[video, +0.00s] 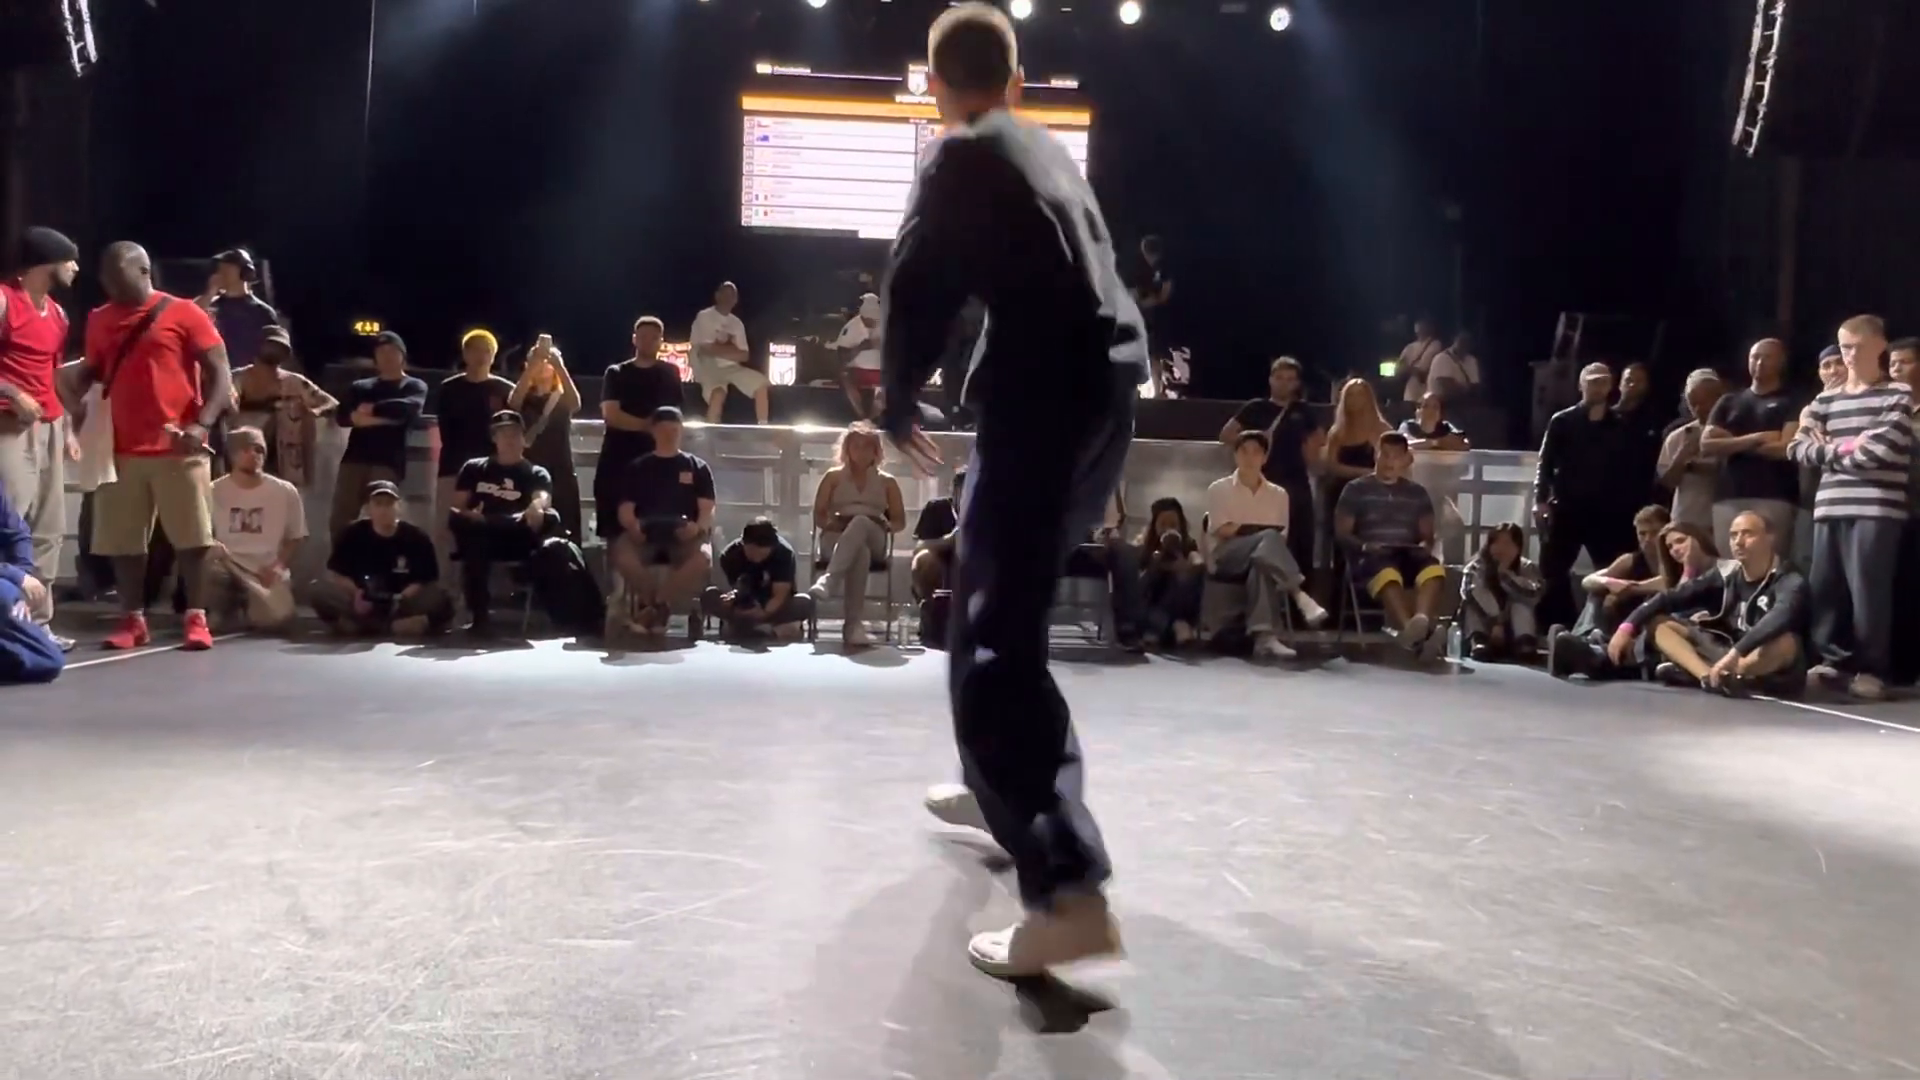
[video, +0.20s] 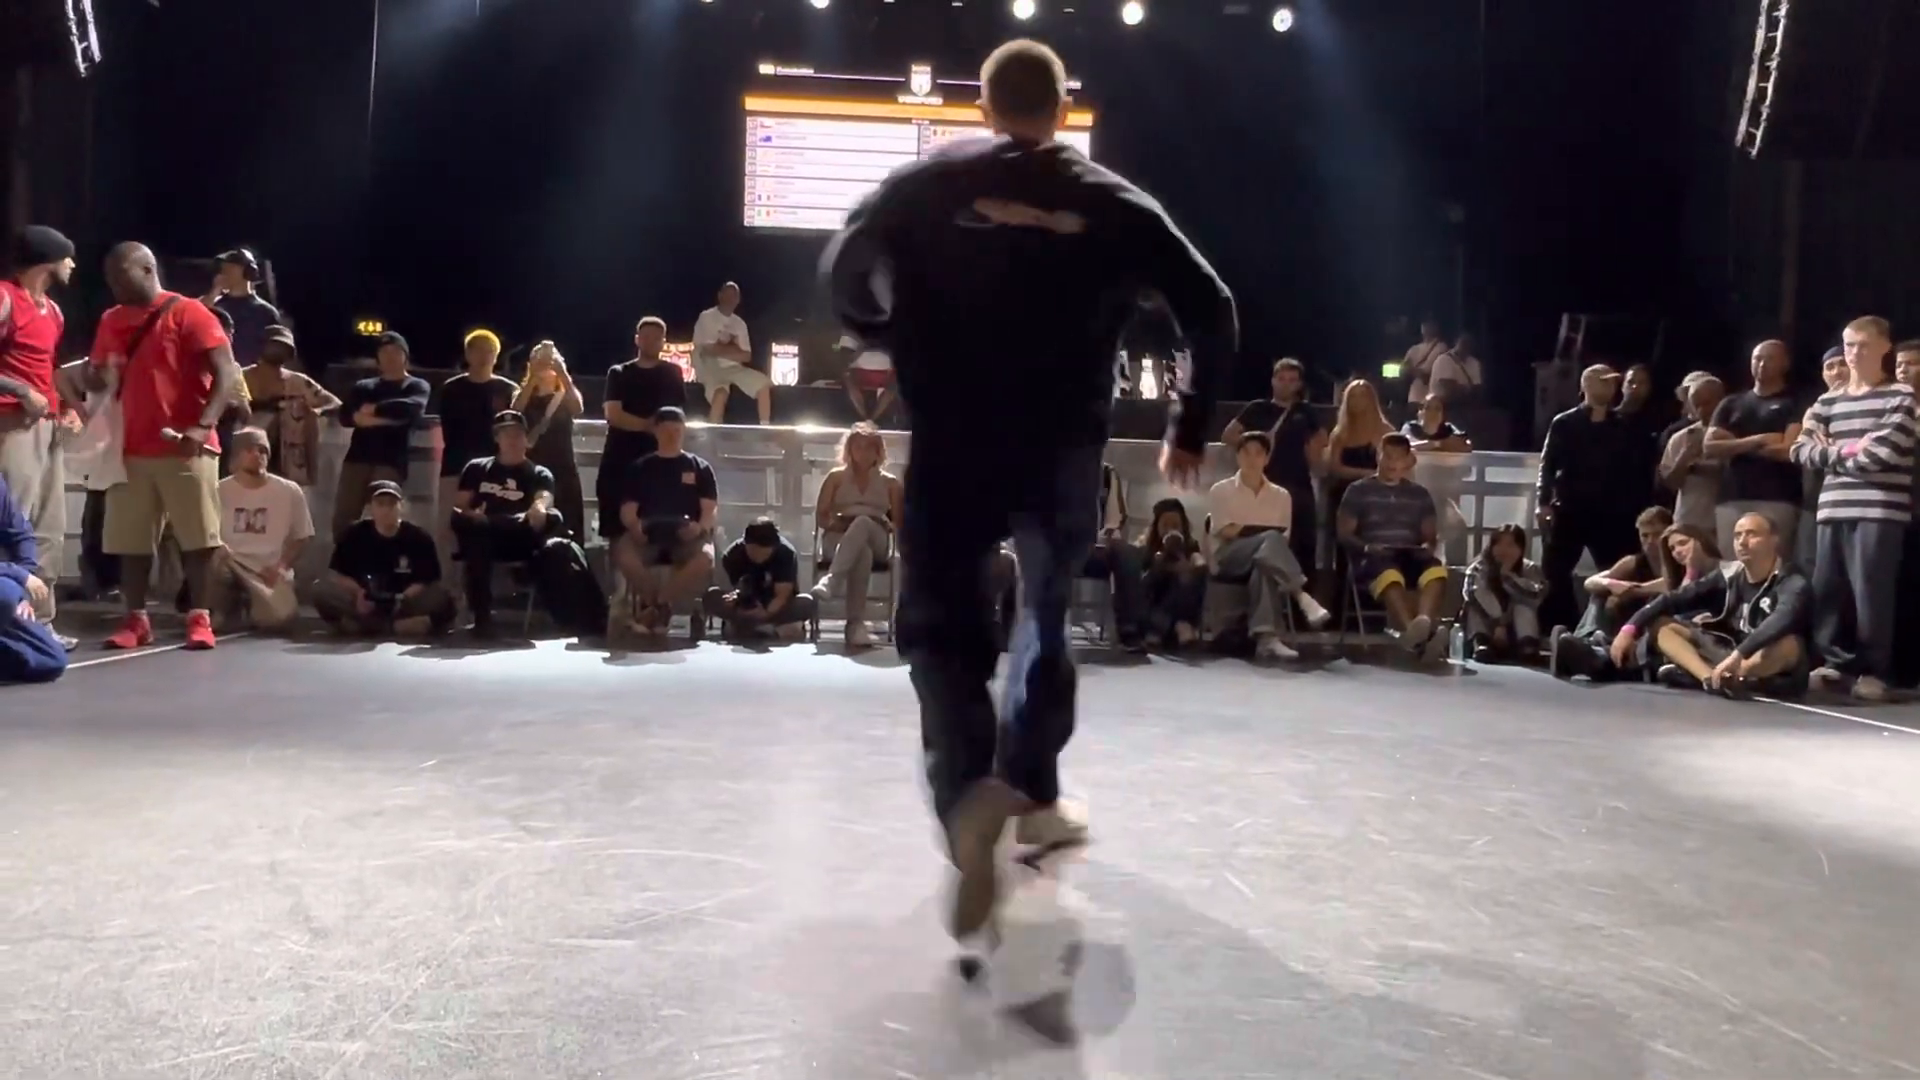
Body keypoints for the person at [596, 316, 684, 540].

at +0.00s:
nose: (648, 341)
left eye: (654, 337)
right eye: (643, 336)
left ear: (661, 341)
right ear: (634, 339)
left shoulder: (669, 372)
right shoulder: (616, 372)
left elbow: (673, 420)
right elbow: (610, 415)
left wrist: (623, 417)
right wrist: (649, 425)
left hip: (656, 460)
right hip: (618, 458)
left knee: (656, 529)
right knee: (615, 530)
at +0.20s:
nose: (653, 342)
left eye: (658, 338)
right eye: (648, 337)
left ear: (664, 342)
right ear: (637, 339)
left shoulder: (672, 373)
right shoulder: (618, 372)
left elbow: (676, 419)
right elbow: (613, 415)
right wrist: (651, 425)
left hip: (658, 459)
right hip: (620, 458)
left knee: (658, 526)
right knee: (617, 529)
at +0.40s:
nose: (654, 340)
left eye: (659, 335)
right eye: (648, 334)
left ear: (666, 339)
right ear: (638, 337)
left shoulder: (674, 370)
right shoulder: (620, 371)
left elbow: (677, 418)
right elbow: (615, 413)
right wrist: (652, 424)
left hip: (660, 457)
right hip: (622, 456)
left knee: (660, 525)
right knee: (619, 528)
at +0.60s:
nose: (654, 337)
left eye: (660, 332)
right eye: (650, 331)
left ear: (668, 337)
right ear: (641, 334)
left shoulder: (677, 368)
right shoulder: (623, 368)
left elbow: (679, 415)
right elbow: (617, 411)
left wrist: (630, 412)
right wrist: (656, 421)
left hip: (663, 457)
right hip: (624, 455)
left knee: (662, 524)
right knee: (621, 526)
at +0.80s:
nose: (658, 335)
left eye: (664, 330)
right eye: (653, 329)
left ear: (671, 334)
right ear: (644, 332)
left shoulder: (680, 365)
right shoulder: (626, 365)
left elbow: (680, 414)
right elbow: (619, 407)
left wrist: (632, 409)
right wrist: (659, 418)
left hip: (665, 452)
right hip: (628, 450)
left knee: (663, 519)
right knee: (623, 521)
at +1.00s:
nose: (662, 332)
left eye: (668, 327)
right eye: (657, 326)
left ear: (674, 332)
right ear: (647, 329)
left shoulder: (682, 363)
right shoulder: (629, 362)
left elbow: (685, 411)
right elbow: (622, 404)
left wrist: (636, 407)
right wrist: (663, 416)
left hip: (668, 451)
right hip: (630, 449)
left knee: (667, 518)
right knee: (626, 520)